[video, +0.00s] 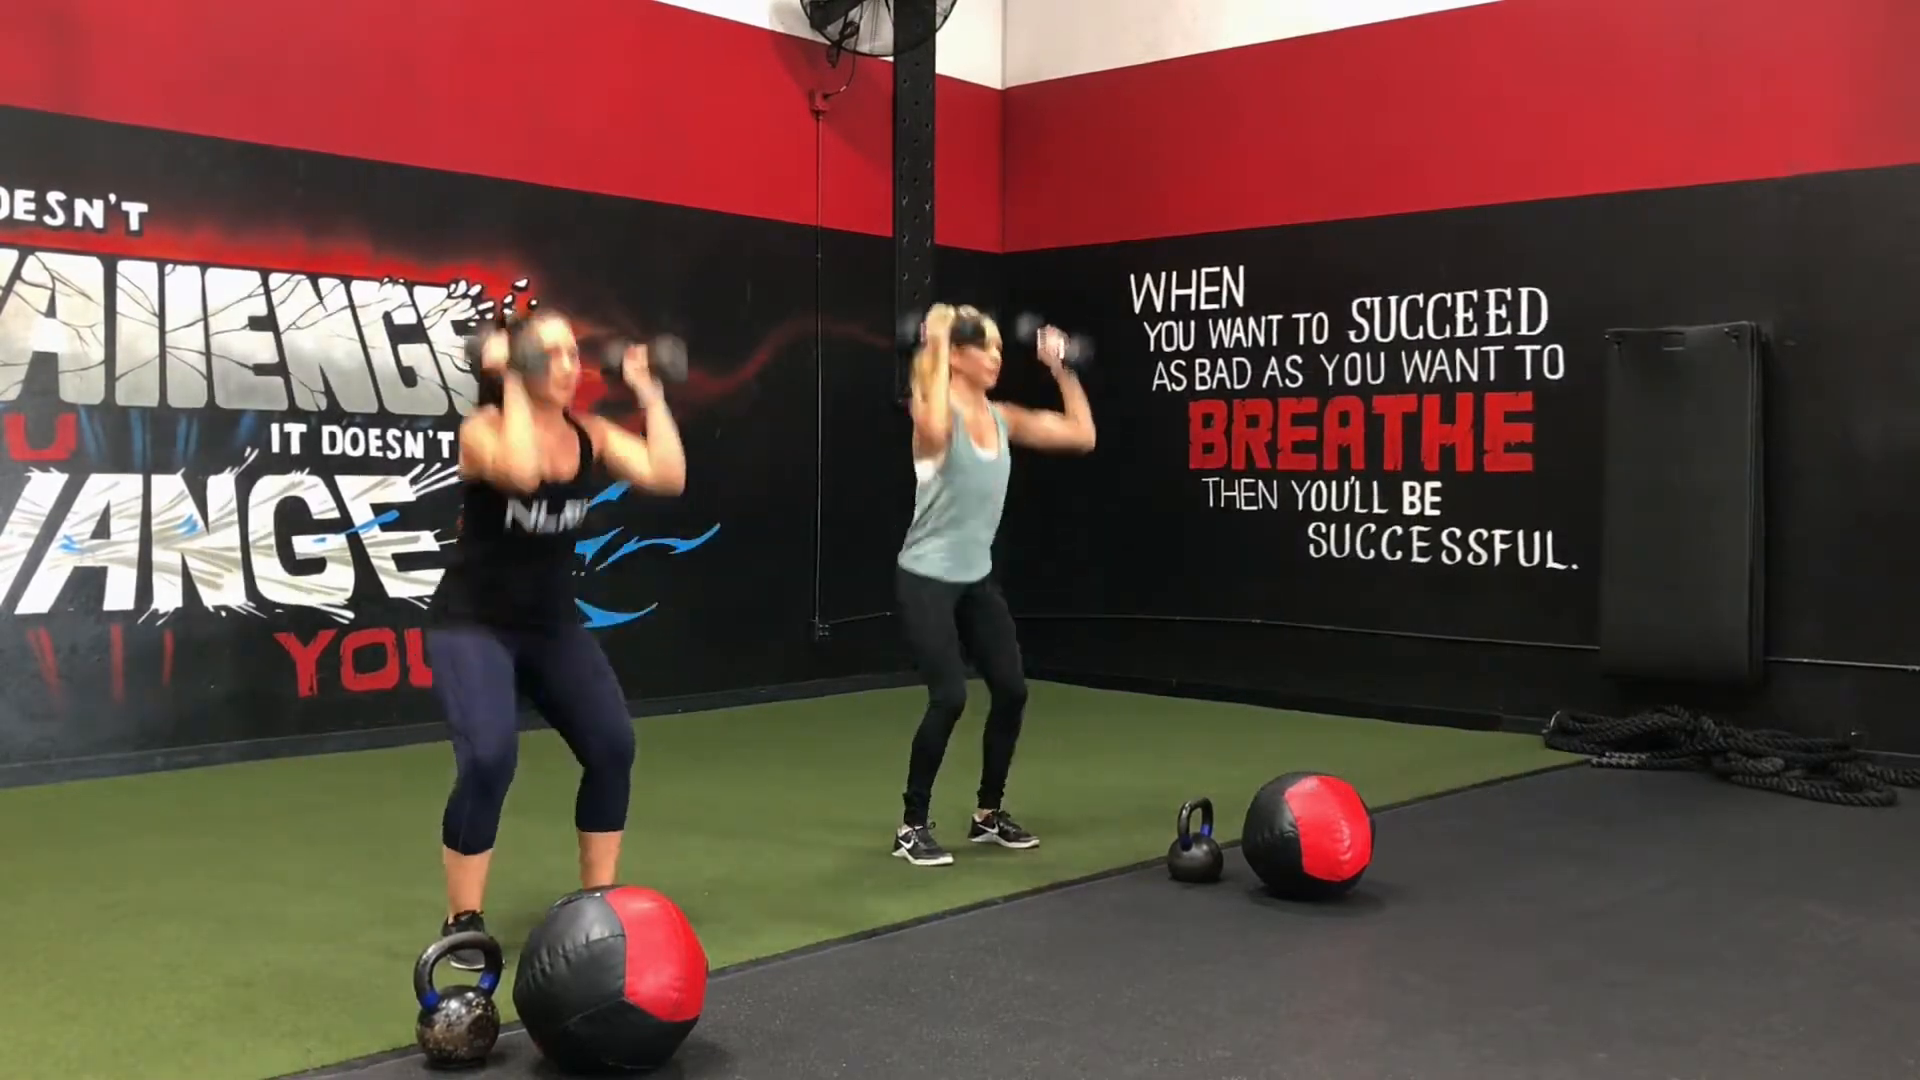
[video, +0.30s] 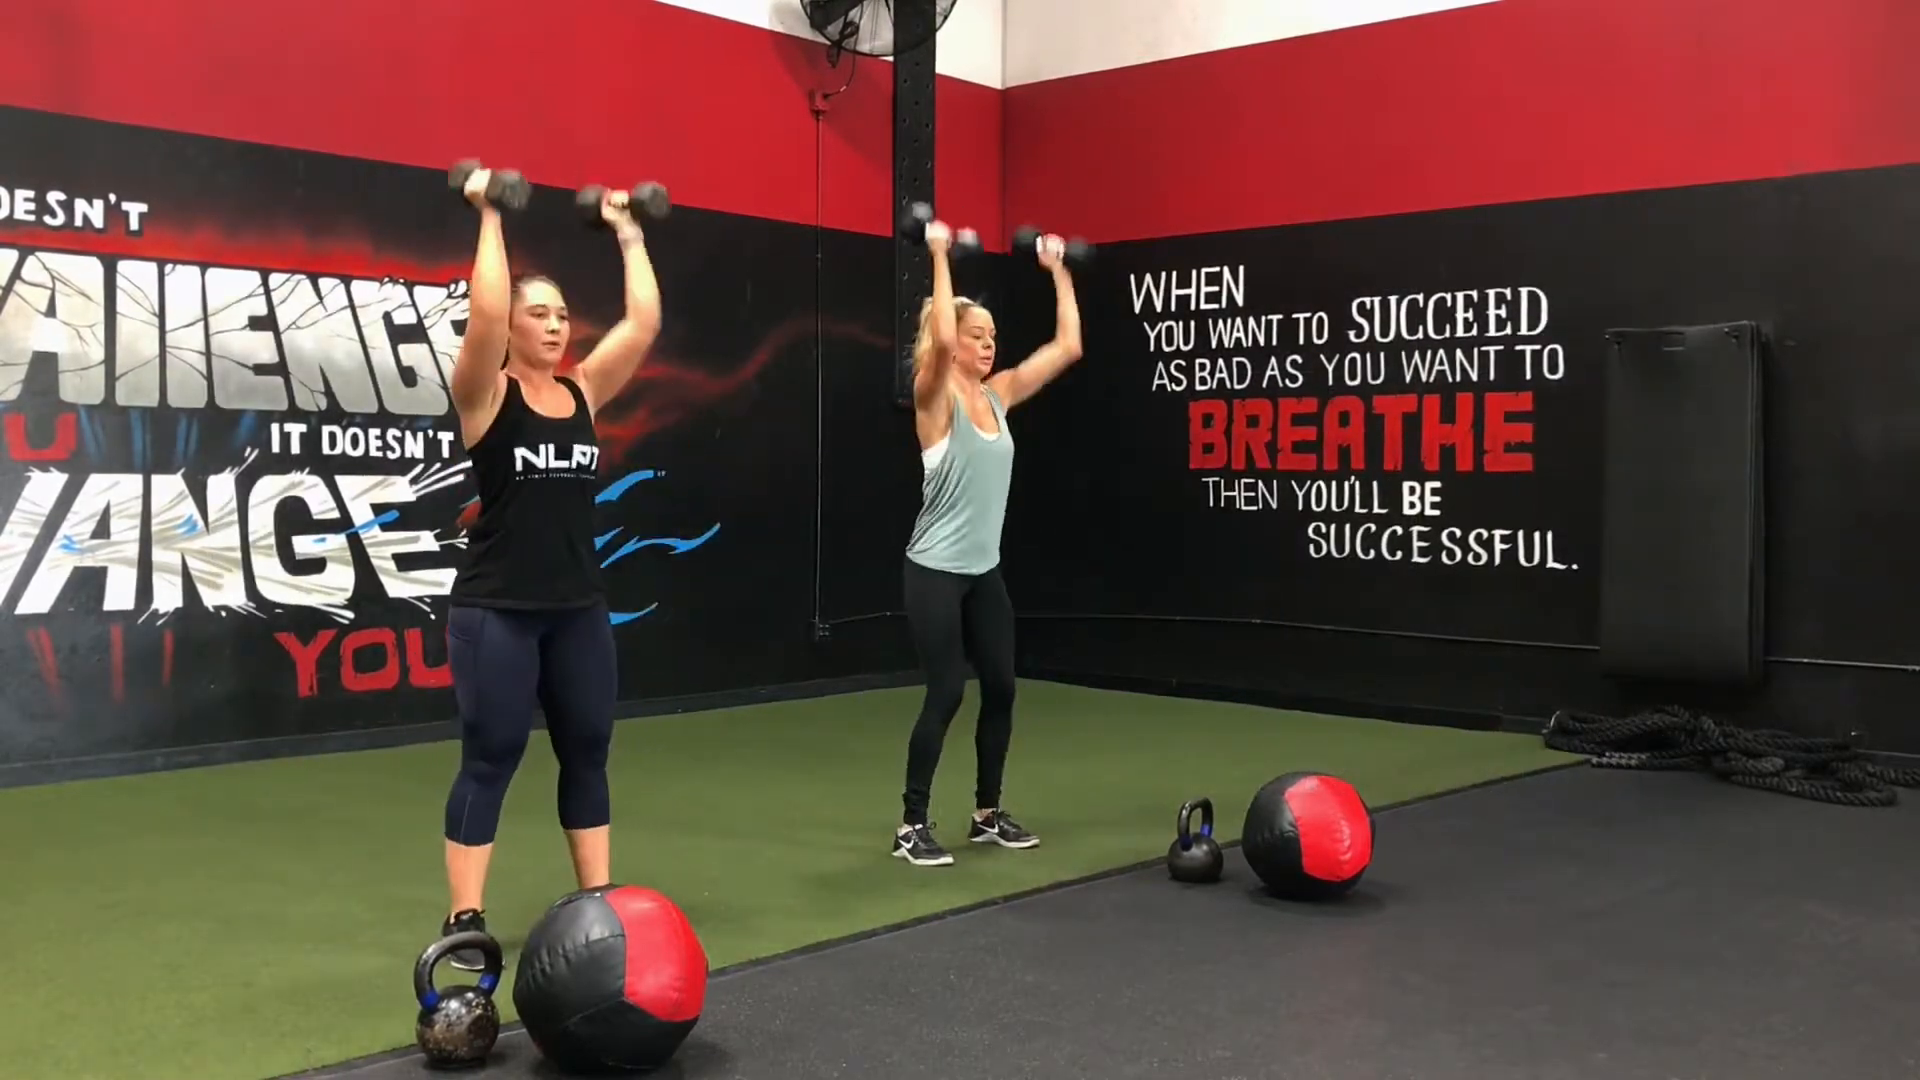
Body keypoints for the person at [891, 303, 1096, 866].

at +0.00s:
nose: (997, 359)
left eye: (998, 350)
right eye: (988, 349)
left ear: (991, 357)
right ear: (957, 355)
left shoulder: (1000, 415)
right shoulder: (933, 411)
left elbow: (1080, 433)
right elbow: (933, 432)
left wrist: (1061, 369)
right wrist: (936, 347)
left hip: (976, 581)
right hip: (926, 580)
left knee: (1010, 690)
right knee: (949, 696)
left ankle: (988, 815)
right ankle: (913, 827)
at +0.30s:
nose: (989, 344)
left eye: (992, 336)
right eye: (977, 336)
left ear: (993, 344)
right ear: (948, 343)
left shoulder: (998, 393)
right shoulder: (935, 398)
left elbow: (1067, 346)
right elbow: (938, 337)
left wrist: (1058, 270)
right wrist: (939, 255)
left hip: (986, 572)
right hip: (933, 571)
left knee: (1000, 687)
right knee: (947, 690)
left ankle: (988, 815)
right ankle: (913, 825)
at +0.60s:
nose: (1022, 502)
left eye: (1022, 493)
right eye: (1009, 493)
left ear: (1025, 502)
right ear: (978, 504)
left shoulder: (1018, 562)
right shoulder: (950, 559)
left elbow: (1057, 640)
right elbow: (950, 653)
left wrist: (1059, 572)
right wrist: (953, 579)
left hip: (958, 677)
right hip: (901, 677)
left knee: (1041, 715)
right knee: (961, 724)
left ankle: (989, 818)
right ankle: (914, 830)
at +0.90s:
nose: (1015, 401)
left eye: (1016, 391)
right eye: (1003, 391)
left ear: (1013, 398)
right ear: (971, 395)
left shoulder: (1014, 462)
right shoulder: (945, 456)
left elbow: (1080, 520)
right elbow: (945, 524)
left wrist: (1063, 452)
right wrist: (945, 445)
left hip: (966, 609)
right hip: (912, 607)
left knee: (1027, 704)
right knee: (952, 711)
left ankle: (989, 816)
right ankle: (914, 829)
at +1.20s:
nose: (992, 351)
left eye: (997, 343)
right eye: (983, 340)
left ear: (998, 349)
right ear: (953, 336)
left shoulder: (993, 389)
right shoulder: (933, 391)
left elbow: (1053, 324)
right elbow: (941, 313)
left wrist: (1064, 247)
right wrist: (939, 226)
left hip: (989, 571)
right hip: (937, 569)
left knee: (986, 693)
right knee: (928, 692)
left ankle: (987, 813)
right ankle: (913, 825)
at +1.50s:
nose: (1051, 381)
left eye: (1056, 372)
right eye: (1046, 369)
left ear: (1029, 365)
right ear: (1013, 358)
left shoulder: (1018, 419)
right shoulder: (968, 415)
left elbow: (1013, 498)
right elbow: (932, 492)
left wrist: (1065, 482)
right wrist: (993, 473)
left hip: (1000, 573)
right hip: (954, 573)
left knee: (1044, 686)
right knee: (937, 694)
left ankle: (1083, 813)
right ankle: (913, 825)